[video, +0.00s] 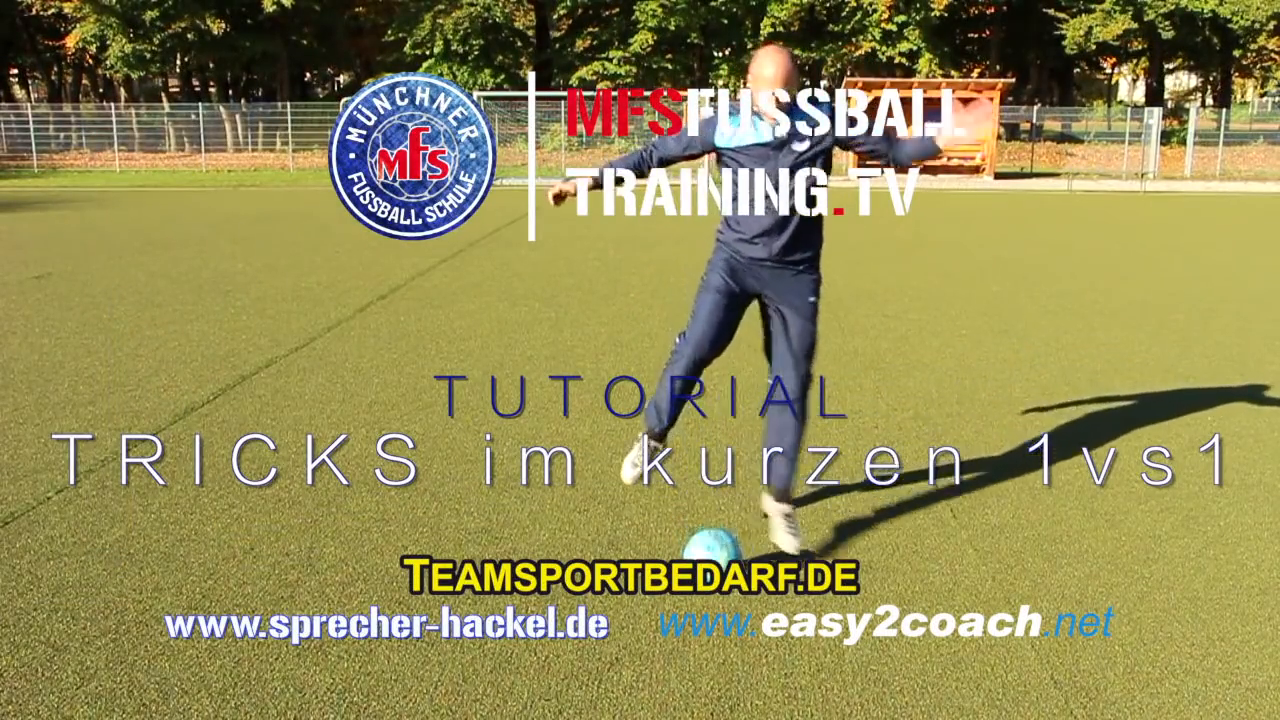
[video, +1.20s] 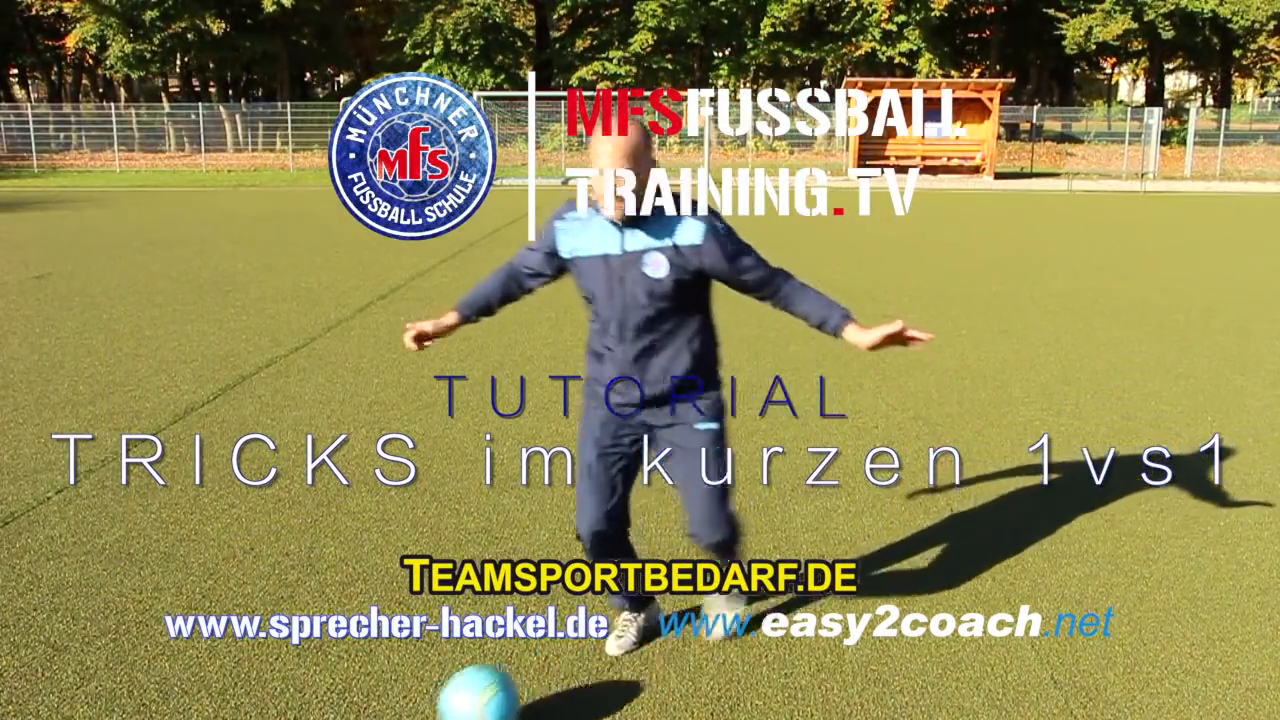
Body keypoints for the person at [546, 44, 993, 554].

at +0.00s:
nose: (772, 101)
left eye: (781, 92)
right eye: (765, 91)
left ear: (794, 88)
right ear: (750, 87)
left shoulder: (823, 121)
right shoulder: (724, 127)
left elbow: (890, 149)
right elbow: (655, 153)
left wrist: (950, 140)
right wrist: (588, 179)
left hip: (795, 271)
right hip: (733, 261)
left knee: (792, 382)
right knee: (694, 352)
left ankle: (779, 497)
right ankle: (653, 436)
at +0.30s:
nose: (818, 120)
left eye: (825, 114)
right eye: (808, 112)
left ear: (831, 127)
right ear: (785, 124)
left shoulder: (852, 176)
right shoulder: (751, 167)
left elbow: (901, 223)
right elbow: (690, 195)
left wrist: (971, 237)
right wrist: (631, 220)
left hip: (817, 324)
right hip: (750, 315)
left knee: (849, 436)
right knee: (703, 405)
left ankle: (872, 549)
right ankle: (667, 479)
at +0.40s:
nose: (820, 180)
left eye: (829, 171)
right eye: (812, 169)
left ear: (841, 174)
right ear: (795, 167)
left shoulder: (857, 218)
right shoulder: (762, 199)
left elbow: (902, 273)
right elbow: (708, 228)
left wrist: (963, 302)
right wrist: (661, 251)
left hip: (822, 353)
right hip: (754, 345)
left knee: (860, 452)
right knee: (713, 438)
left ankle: (878, 554)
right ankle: (697, 504)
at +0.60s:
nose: (821, 239)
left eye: (831, 230)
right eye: (812, 229)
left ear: (843, 220)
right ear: (794, 215)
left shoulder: (854, 267)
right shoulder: (755, 231)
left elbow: (886, 341)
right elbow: (727, 265)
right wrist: (706, 293)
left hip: (815, 378)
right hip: (746, 369)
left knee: (864, 481)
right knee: (719, 464)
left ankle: (875, 558)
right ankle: (737, 553)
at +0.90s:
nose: (759, 238)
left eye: (768, 229)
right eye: (749, 229)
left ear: (781, 222)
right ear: (730, 220)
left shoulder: (807, 265)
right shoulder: (701, 242)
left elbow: (850, 341)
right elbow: (668, 260)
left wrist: (890, 410)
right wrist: (628, 278)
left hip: (786, 394)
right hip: (713, 388)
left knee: (837, 483)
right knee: (665, 476)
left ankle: (870, 557)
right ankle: (667, 586)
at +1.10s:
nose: (673, 211)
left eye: (683, 200)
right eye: (664, 199)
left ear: (702, 198)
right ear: (648, 196)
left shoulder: (742, 249)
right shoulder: (623, 242)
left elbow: (812, 309)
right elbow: (574, 275)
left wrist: (882, 362)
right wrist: (523, 301)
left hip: (735, 405)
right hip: (658, 402)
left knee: (787, 500)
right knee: (614, 515)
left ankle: (844, 557)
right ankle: (642, 610)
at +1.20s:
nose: (617, 188)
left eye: (629, 175)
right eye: (606, 175)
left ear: (653, 170)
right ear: (589, 171)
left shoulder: (695, 229)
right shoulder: (567, 232)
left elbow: (773, 283)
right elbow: (514, 278)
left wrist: (850, 329)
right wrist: (455, 317)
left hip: (686, 402)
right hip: (609, 404)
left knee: (711, 530)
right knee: (595, 527)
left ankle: (734, 586)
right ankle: (636, 607)